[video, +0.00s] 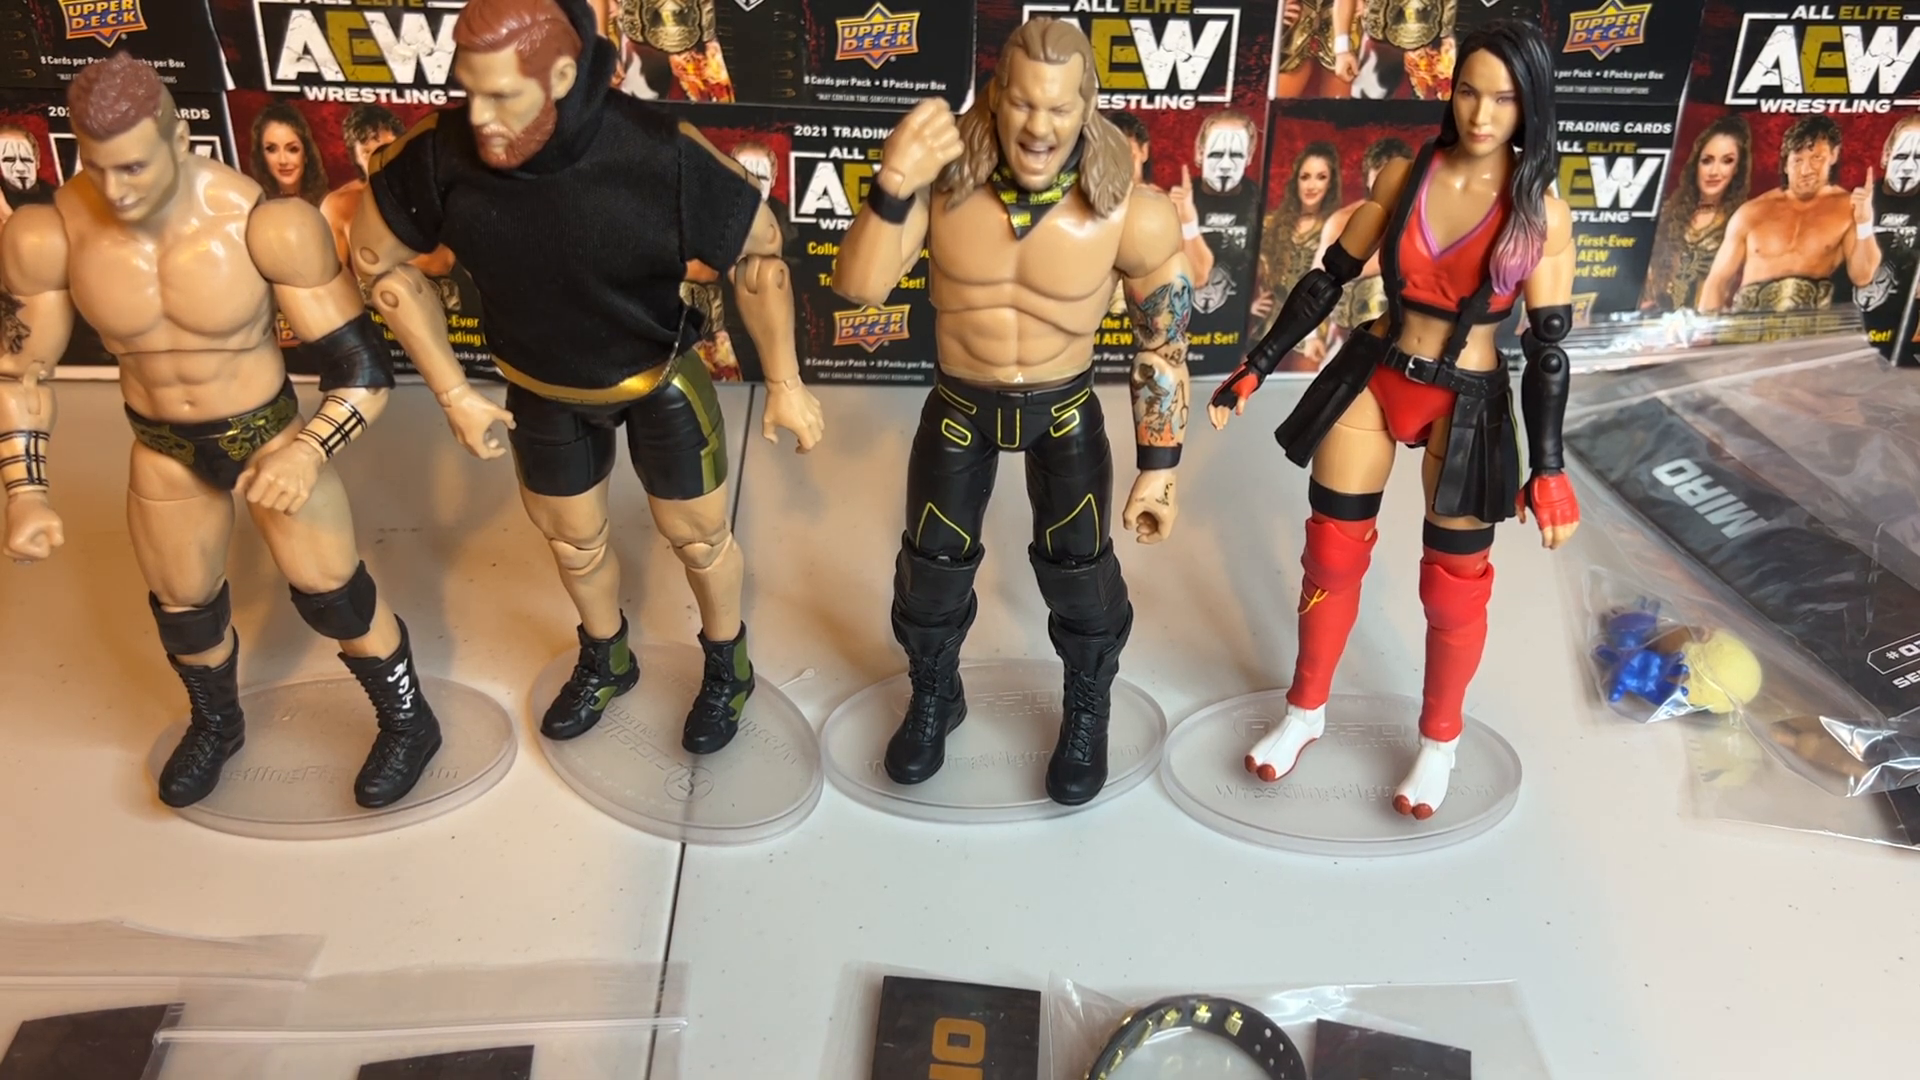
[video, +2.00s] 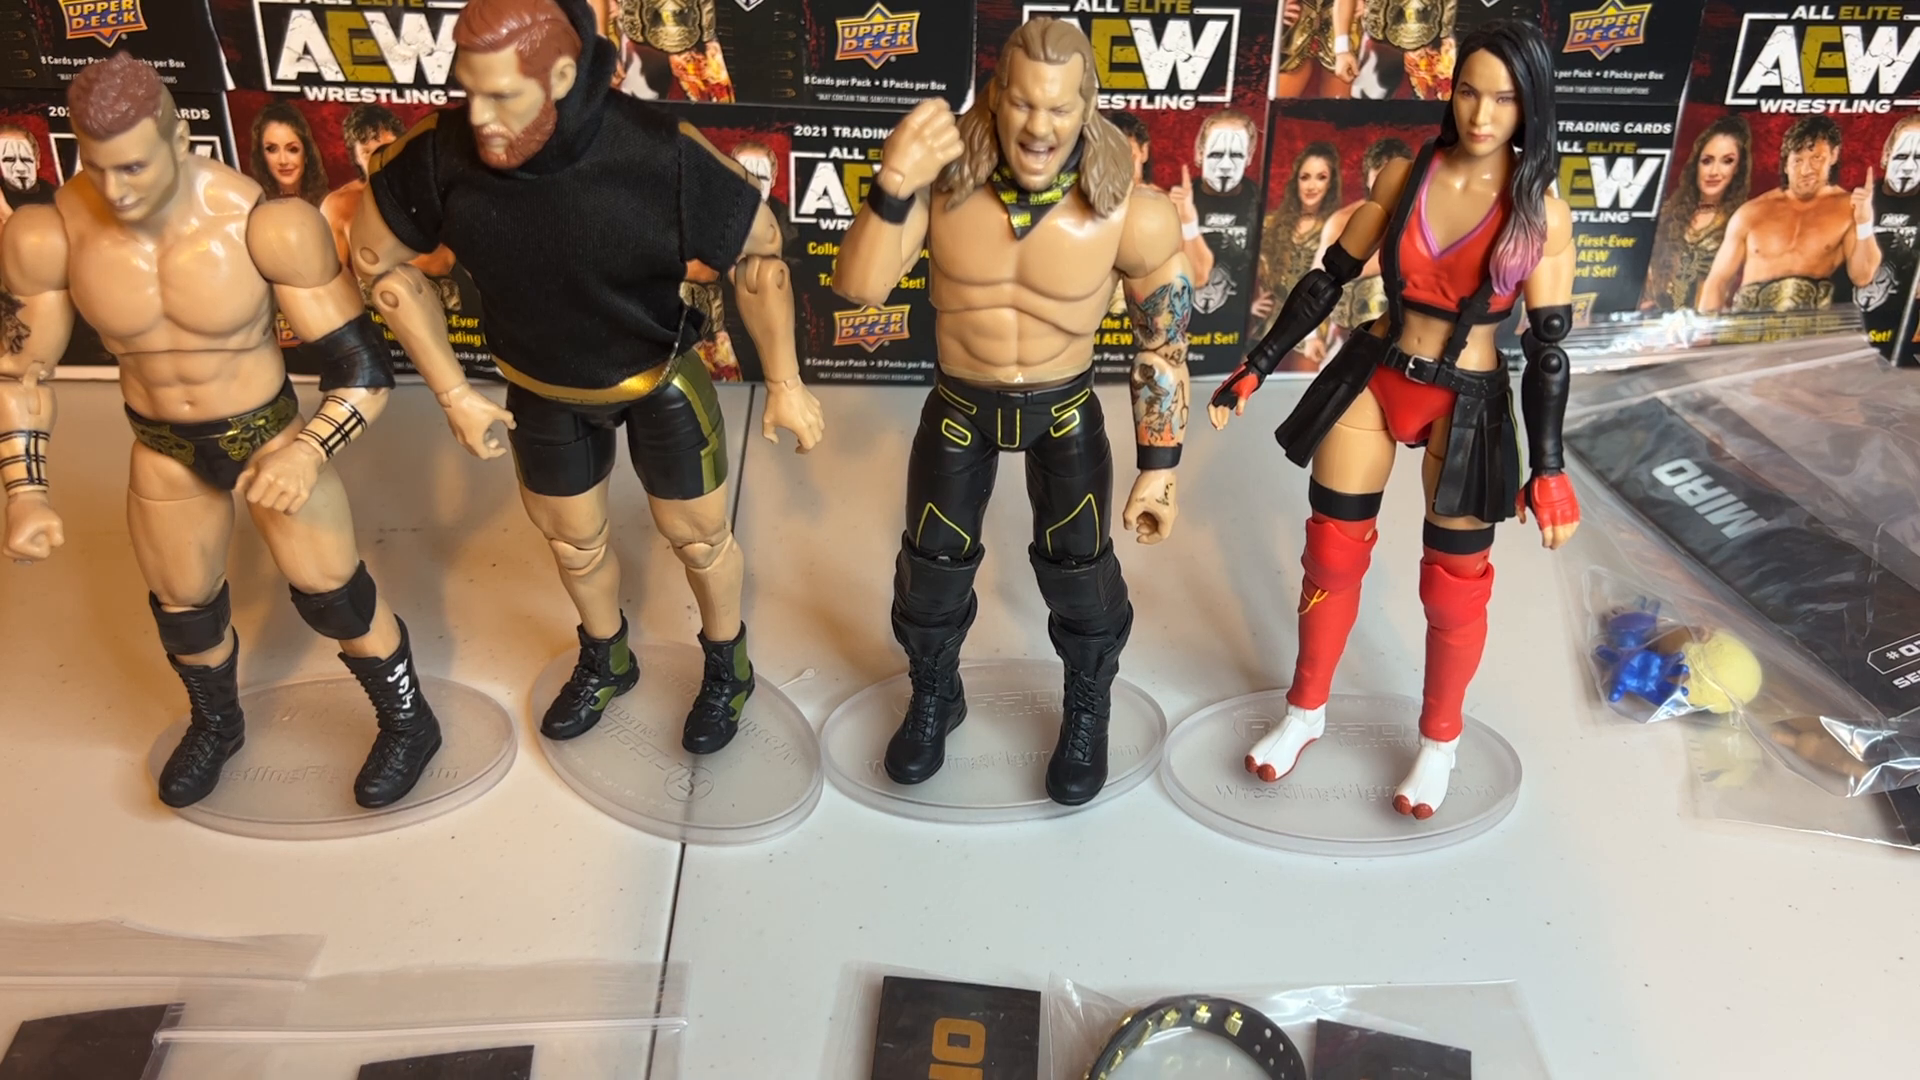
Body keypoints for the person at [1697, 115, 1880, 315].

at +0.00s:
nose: (1806, 169)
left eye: (1816, 158)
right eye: (1797, 160)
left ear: (1834, 156)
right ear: (1785, 163)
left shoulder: (1847, 207)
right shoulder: (1750, 212)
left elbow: (1861, 277)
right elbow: (1718, 281)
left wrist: (1864, 223)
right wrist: (1704, 335)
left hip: (1810, 315)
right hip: (1748, 312)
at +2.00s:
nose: (1806, 169)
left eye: (1816, 158)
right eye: (1797, 160)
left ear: (1834, 156)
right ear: (1785, 163)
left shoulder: (1848, 207)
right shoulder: (1750, 213)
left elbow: (1862, 277)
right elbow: (1718, 281)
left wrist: (1864, 223)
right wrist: (1703, 336)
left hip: (1810, 316)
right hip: (1748, 314)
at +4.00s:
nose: (1806, 169)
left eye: (1817, 158)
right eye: (1798, 160)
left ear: (1834, 156)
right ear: (1785, 162)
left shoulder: (1848, 207)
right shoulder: (1750, 212)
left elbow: (1862, 277)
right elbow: (1718, 281)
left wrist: (1864, 224)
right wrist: (1704, 336)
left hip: (1810, 315)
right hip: (1748, 313)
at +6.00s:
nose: (1807, 169)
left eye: (1817, 158)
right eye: (1798, 160)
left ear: (1835, 156)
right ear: (1786, 162)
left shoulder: (1848, 207)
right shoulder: (1751, 212)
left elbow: (1862, 277)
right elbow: (1718, 281)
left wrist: (1865, 224)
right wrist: (1704, 334)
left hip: (1809, 314)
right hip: (1749, 311)